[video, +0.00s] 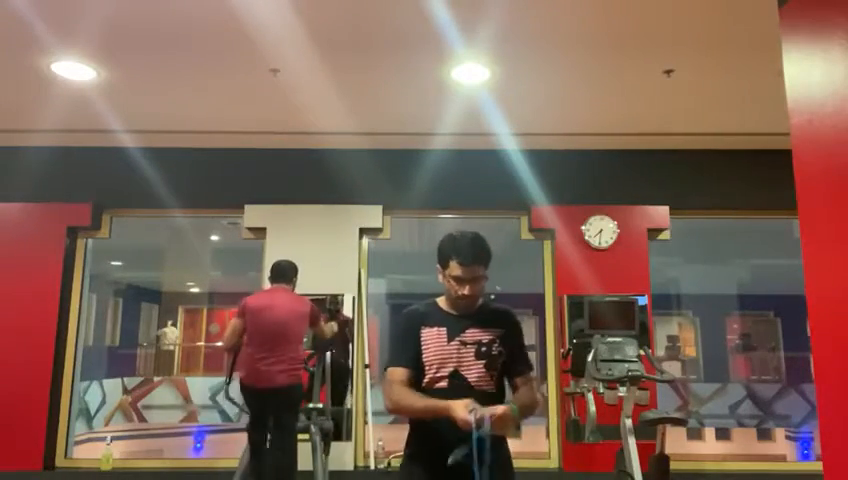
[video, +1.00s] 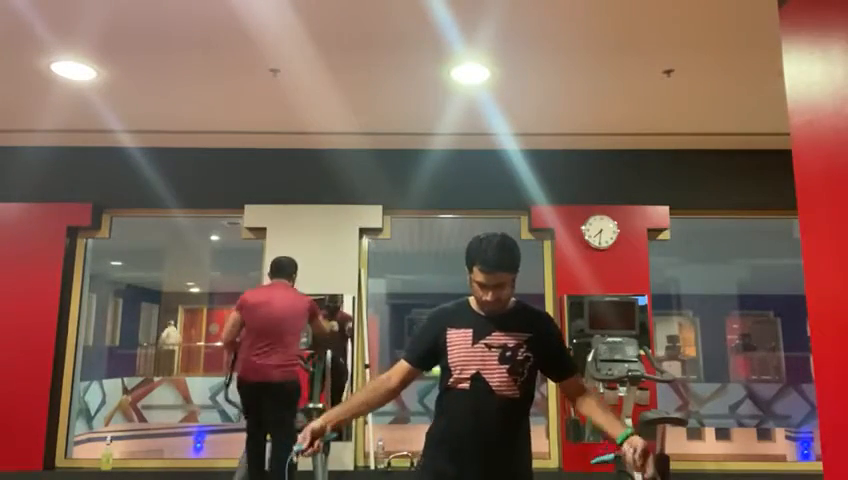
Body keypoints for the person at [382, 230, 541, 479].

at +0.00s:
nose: (467, 291)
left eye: (476, 281)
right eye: (458, 281)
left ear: (486, 275)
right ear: (441, 274)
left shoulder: (503, 321)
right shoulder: (413, 321)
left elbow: (528, 393)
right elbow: (394, 396)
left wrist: (509, 411)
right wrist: (450, 408)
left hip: (489, 459)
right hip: (429, 459)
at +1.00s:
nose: (493, 297)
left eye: (502, 286)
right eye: (483, 286)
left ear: (516, 278)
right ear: (469, 276)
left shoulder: (537, 327)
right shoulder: (442, 322)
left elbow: (577, 393)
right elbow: (392, 382)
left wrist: (625, 437)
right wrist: (327, 421)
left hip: (507, 468)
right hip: (444, 465)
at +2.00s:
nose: (439, 294)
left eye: (447, 283)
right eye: (428, 284)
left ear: (461, 272)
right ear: (410, 274)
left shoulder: (484, 312)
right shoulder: (385, 323)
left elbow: (527, 381)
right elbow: (350, 398)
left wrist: (583, 431)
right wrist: (288, 466)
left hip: (478, 463)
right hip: (412, 465)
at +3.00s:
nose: (460, 219)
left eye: (472, 212)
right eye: (451, 211)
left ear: (488, 226)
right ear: (434, 223)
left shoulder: (514, 279)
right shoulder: (405, 278)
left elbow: (600, 292)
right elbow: (327, 293)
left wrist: (655, 232)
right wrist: (264, 251)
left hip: (487, 460)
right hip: (414, 457)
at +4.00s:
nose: (437, 192)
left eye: (447, 186)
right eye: (426, 185)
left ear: (463, 205)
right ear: (411, 205)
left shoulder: (491, 268)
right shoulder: (384, 274)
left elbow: (544, 358)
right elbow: (337, 359)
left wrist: (609, 420)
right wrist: (260, 425)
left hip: (478, 453)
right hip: (401, 453)